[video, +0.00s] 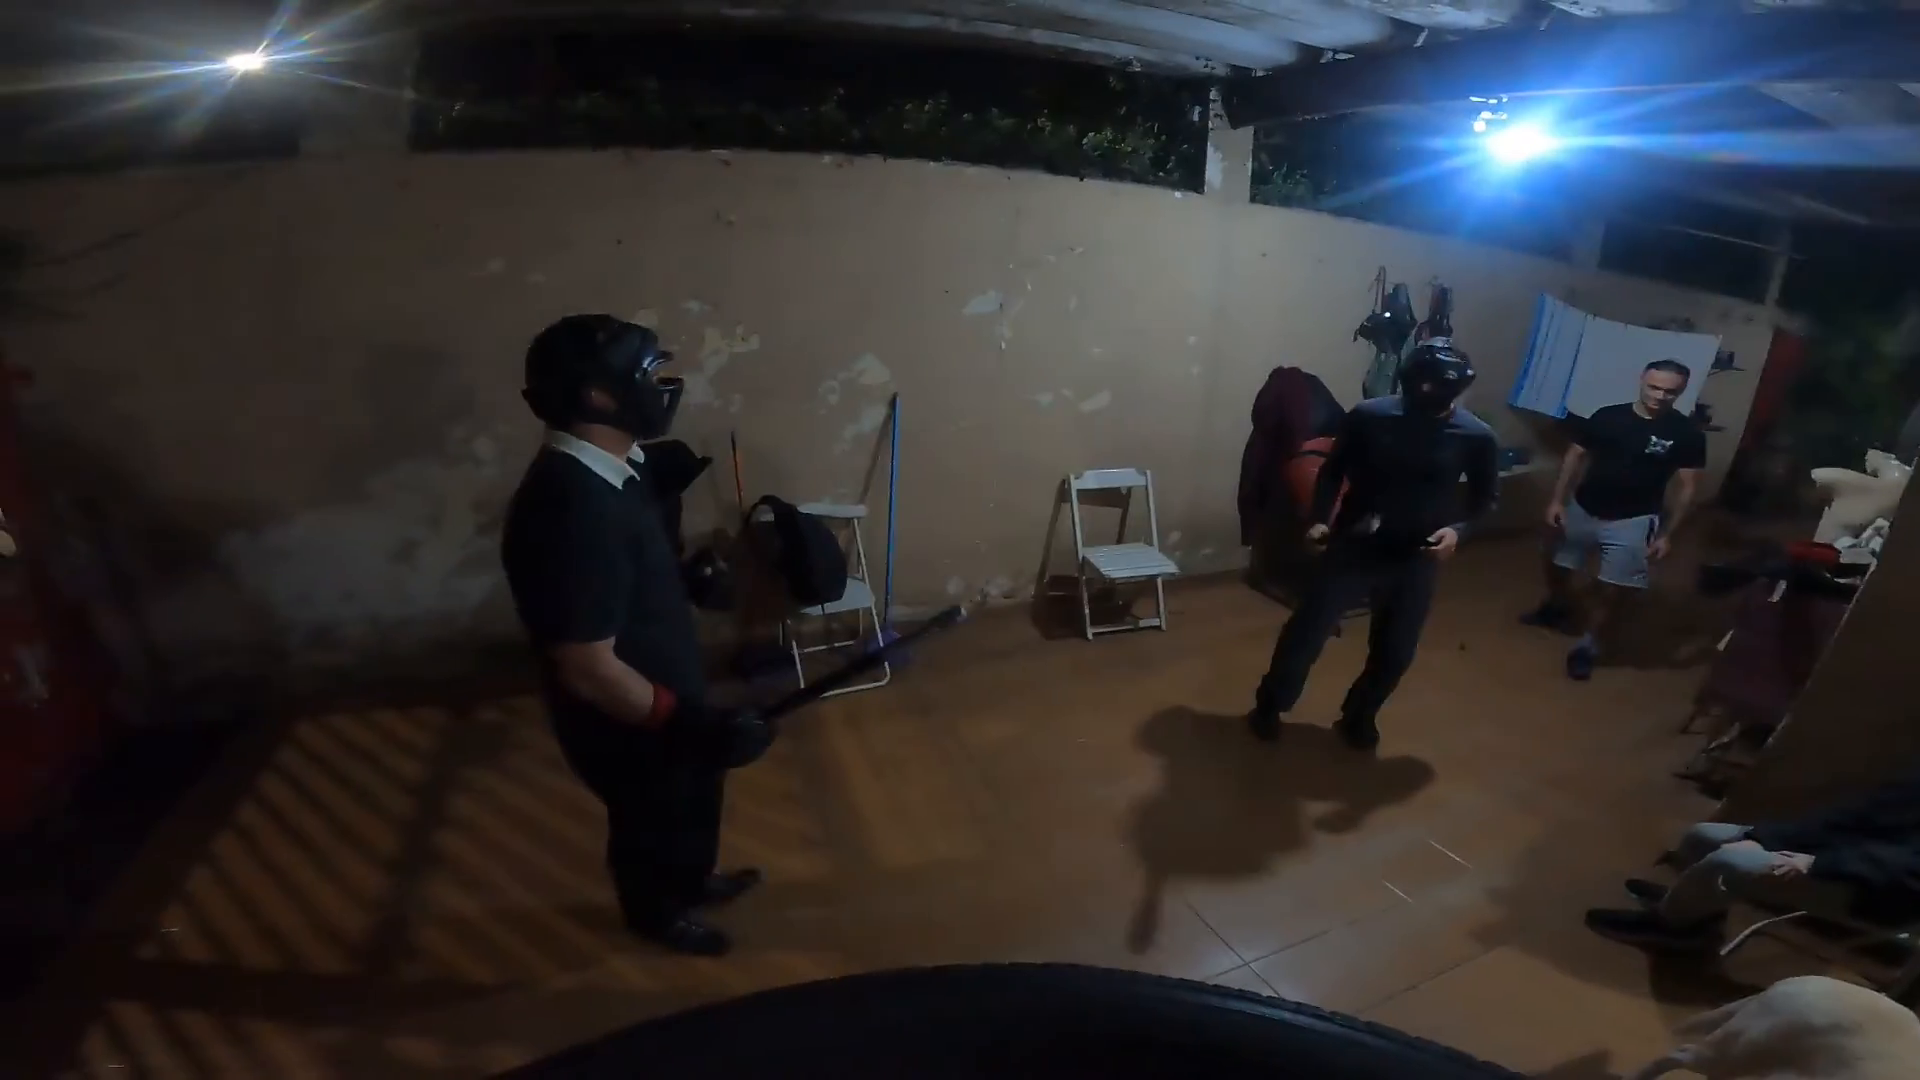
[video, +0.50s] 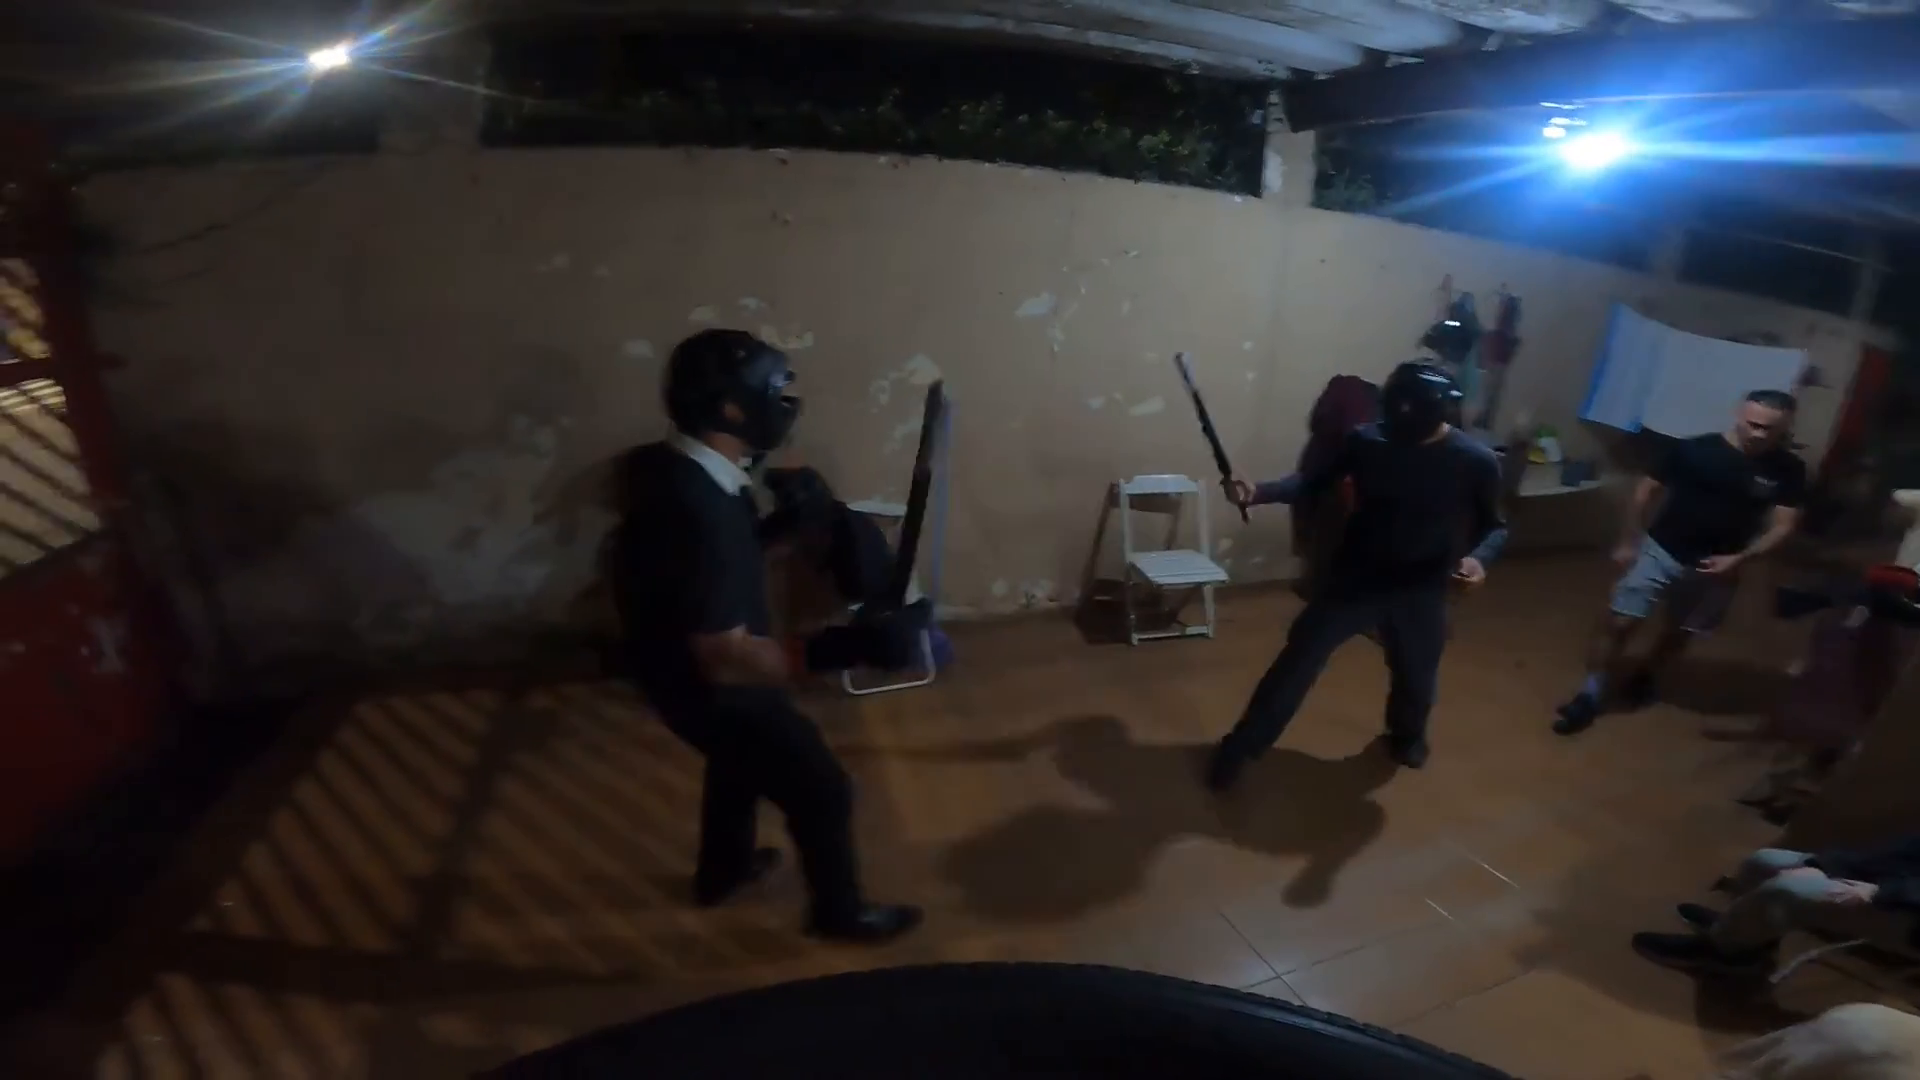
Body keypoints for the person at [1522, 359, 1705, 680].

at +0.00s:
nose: (1658, 397)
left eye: (1668, 392)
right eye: (1653, 388)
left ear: (1678, 395)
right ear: (1641, 383)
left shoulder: (1685, 435)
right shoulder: (1609, 416)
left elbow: (1687, 486)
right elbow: (1575, 454)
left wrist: (1666, 534)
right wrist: (1557, 500)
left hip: (1631, 521)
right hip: (1584, 509)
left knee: (1613, 589)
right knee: (1559, 561)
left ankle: (1587, 649)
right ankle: (1555, 606)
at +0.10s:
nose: (1685, 402)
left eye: (1695, 398)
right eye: (1681, 393)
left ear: (1705, 401)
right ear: (1669, 387)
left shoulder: (1710, 440)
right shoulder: (1630, 419)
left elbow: (1711, 494)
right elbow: (1591, 457)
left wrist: (1693, 545)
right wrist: (1563, 503)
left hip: (1653, 526)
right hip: (1602, 512)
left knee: (1632, 591)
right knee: (1558, 563)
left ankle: (1598, 651)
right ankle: (1561, 613)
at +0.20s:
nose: (1708, 410)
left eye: (1718, 404)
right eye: (1703, 400)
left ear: (1730, 407)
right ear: (1690, 393)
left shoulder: (1731, 447)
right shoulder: (1649, 424)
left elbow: (1733, 502)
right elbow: (1604, 459)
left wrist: (1711, 554)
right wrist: (1573, 504)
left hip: (1669, 536)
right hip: (1617, 519)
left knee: (1640, 603)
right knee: (1570, 577)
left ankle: (1609, 658)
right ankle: (1568, 631)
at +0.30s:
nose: (1733, 419)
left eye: (1743, 414)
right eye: (1728, 410)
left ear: (1757, 417)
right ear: (1714, 403)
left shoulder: (1756, 455)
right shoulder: (1672, 432)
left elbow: (1759, 512)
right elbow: (1624, 464)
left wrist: (1725, 556)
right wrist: (1596, 514)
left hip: (1690, 546)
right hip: (1636, 528)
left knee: (1654, 614)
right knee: (1594, 595)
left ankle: (1621, 663)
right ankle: (1578, 659)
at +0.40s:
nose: (1741, 424)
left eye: (1751, 418)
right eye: (1736, 414)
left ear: (1766, 421)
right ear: (1721, 408)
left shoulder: (1766, 460)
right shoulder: (1681, 436)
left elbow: (1768, 516)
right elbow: (1632, 470)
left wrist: (1728, 555)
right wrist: (1606, 522)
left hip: (1695, 557)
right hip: (1643, 537)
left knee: (1662, 623)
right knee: (1601, 605)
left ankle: (1630, 669)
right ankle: (1583, 672)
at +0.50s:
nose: (1757, 434)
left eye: (1767, 429)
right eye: (1752, 425)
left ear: (1782, 431)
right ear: (1738, 418)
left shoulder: (1785, 470)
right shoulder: (1698, 449)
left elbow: (1783, 527)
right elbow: (1646, 488)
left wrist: (1739, 559)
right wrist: (1629, 540)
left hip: (1712, 572)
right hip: (1661, 553)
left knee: (1679, 635)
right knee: (1619, 620)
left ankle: (1647, 678)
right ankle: (1592, 692)